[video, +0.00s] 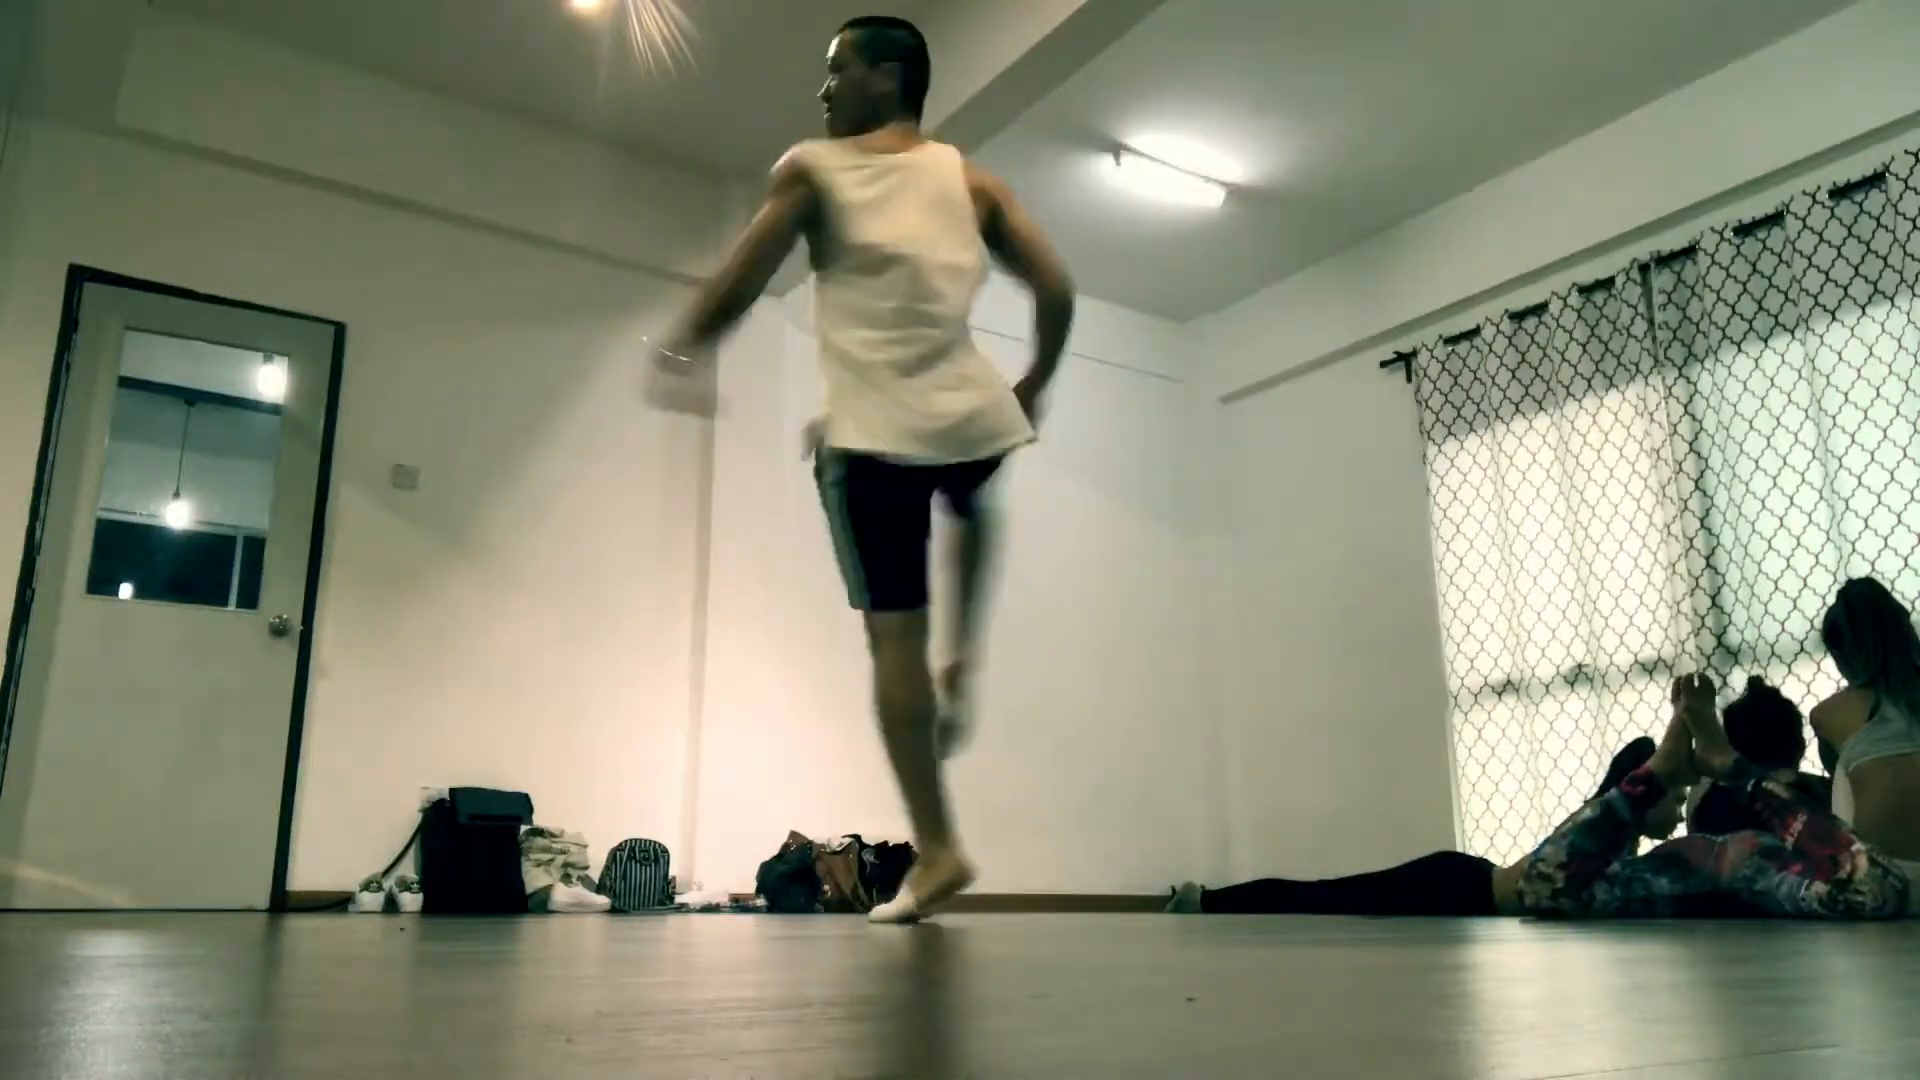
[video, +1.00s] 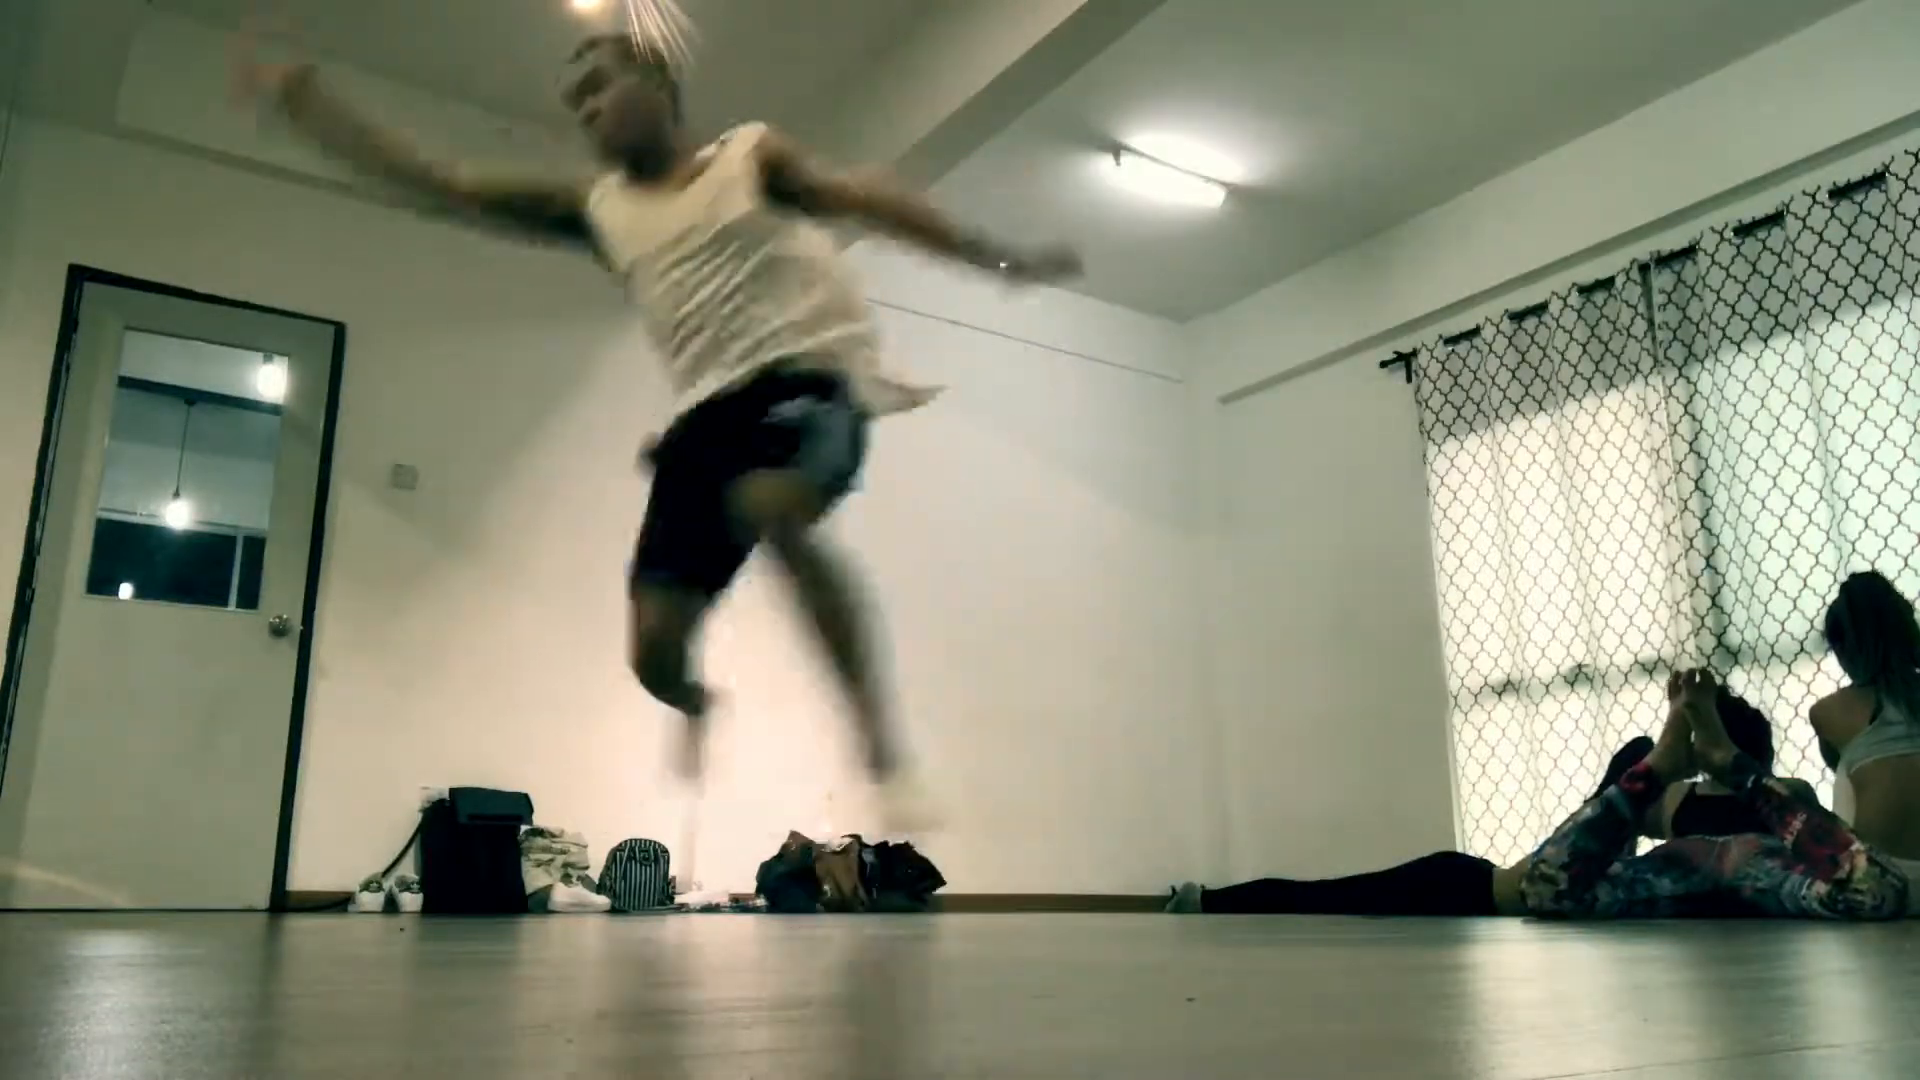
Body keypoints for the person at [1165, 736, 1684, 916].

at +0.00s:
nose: (1668, 801)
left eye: (1666, 790)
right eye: (1662, 787)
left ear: (1643, 784)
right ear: (1642, 786)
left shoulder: (1622, 820)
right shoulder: (1612, 824)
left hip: (1470, 882)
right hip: (1463, 885)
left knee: (1334, 893)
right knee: (1330, 897)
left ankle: (1211, 897)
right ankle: (1204, 902)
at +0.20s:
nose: (1694, 769)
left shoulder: (1634, 806)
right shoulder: (1629, 807)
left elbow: (1660, 782)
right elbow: (1658, 784)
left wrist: (1685, 721)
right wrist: (1685, 722)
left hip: (1474, 883)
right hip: (1470, 882)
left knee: (1335, 895)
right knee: (1332, 896)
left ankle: (1210, 899)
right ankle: (1206, 900)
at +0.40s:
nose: (1692, 741)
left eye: (1713, 736)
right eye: (1703, 733)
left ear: (1733, 750)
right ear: (1716, 743)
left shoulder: (1667, 801)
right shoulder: (1648, 789)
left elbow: (1665, 800)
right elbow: (1644, 793)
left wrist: (1694, 727)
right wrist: (1685, 728)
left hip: (1480, 887)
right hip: (1471, 880)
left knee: (1335, 898)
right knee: (1331, 896)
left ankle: (1209, 901)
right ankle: (1204, 901)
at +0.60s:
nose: (1676, 729)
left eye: (1695, 728)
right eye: (1685, 721)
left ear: (1726, 748)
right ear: (1702, 740)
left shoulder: (1695, 805)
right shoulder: (1648, 785)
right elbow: (1643, 794)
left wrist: (1696, 732)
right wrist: (1685, 729)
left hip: (1487, 888)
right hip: (1479, 879)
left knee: (1337, 898)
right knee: (1333, 894)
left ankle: (1211, 902)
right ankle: (1208, 900)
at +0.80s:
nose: (1672, 718)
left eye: (1686, 715)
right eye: (1674, 710)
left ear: (1718, 734)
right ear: (1693, 727)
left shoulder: (1712, 799)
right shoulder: (1649, 777)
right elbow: (1633, 798)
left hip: (1501, 890)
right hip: (1485, 878)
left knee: (1340, 901)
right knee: (1335, 894)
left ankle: (1212, 903)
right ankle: (1208, 901)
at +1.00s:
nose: (1682, 726)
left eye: (1698, 724)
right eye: (1689, 718)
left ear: (1720, 740)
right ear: (1704, 733)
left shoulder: (1702, 802)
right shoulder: (1652, 781)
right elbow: (1645, 790)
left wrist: (1690, 721)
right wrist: (1681, 718)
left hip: (1497, 889)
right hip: (1488, 880)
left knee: (1340, 900)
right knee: (1336, 895)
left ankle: (1212, 902)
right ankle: (1208, 900)